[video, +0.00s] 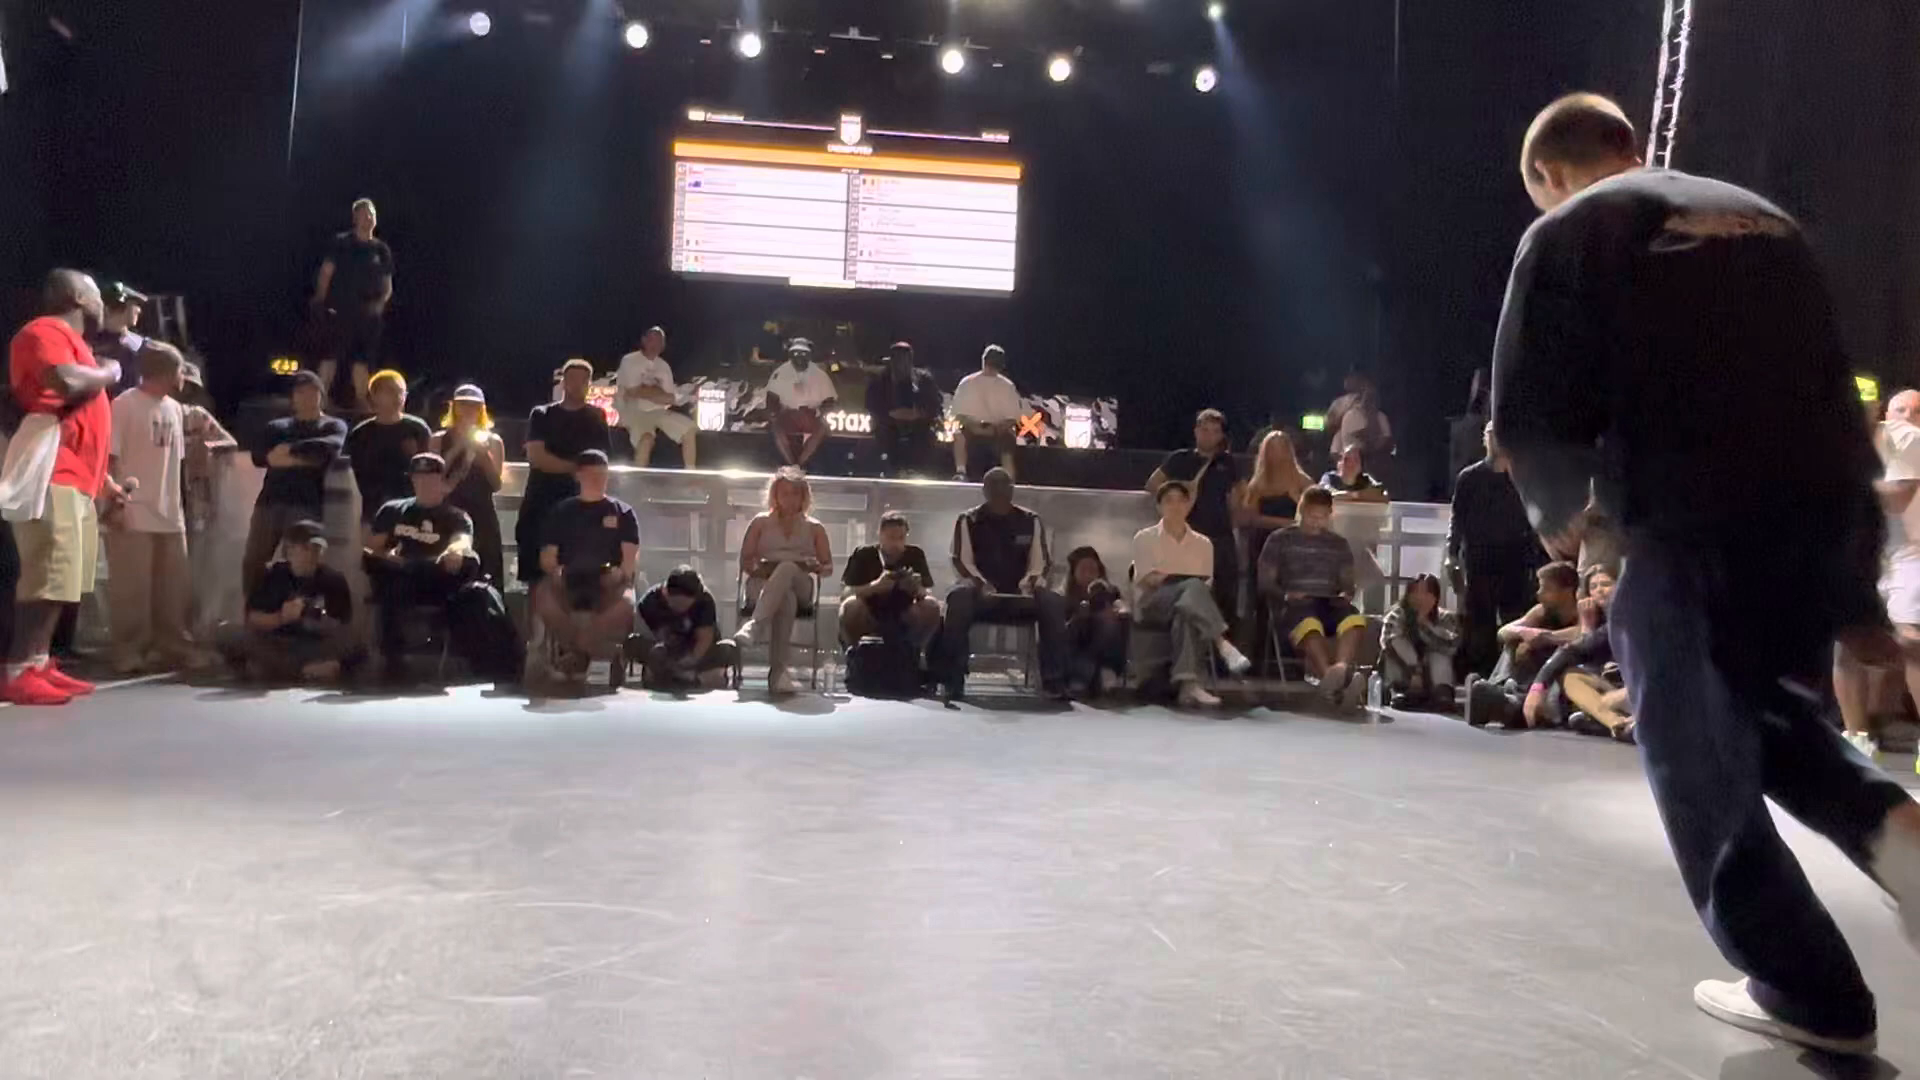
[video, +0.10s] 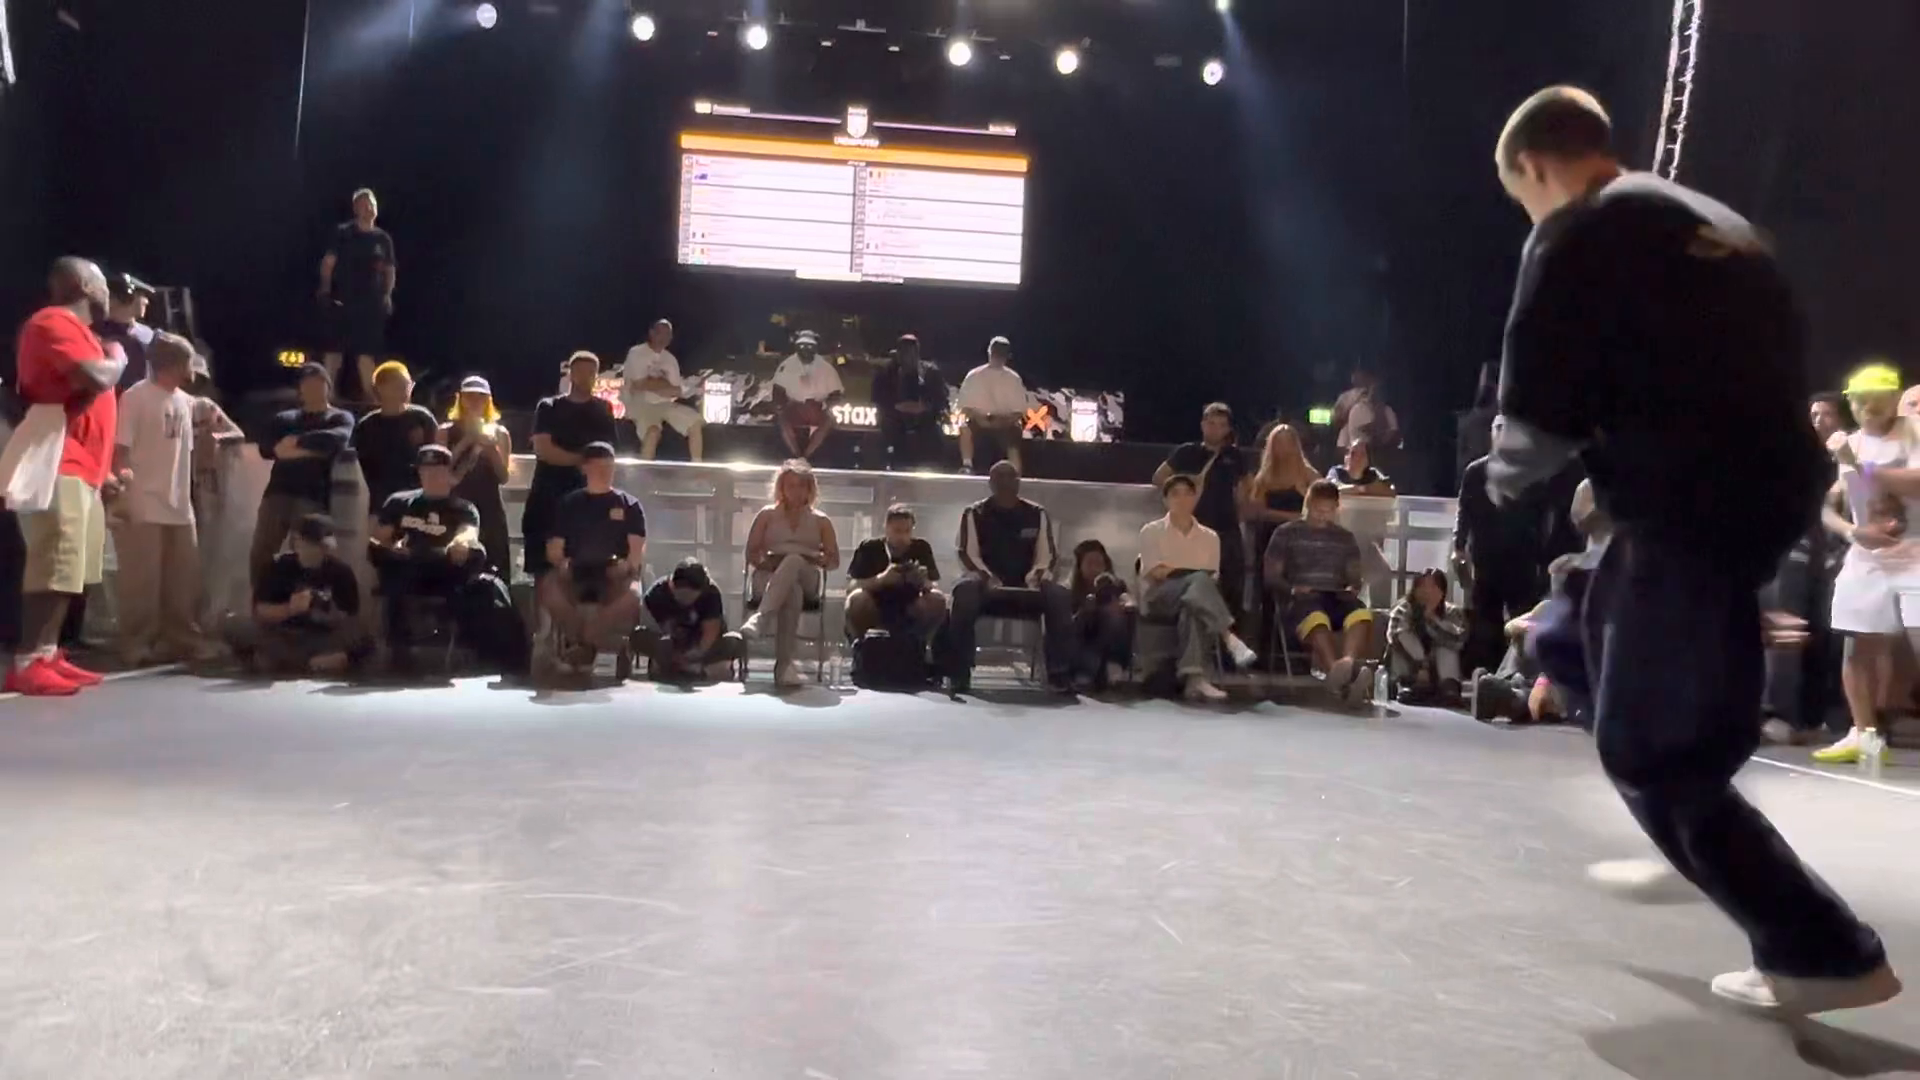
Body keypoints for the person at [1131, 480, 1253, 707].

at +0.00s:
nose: (1175, 506)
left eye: (1180, 501)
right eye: (1168, 501)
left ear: (1189, 506)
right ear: (1160, 507)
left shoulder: (1203, 544)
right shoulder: (1145, 538)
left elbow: (1204, 583)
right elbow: (1148, 581)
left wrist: (1165, 578)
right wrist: (1191, 580)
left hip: (1191, 605)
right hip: (1152, 605)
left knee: (1185, 613)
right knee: (1193, 587)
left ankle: (1190, 685)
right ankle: (1224, 645)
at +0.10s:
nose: (1181, 500)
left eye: (1186, 494)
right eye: (1175, 494)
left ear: (1195, 499)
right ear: (1166, 500)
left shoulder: (1210, 537)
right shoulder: (1152, 531)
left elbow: (1210, 577)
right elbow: (1156, 574)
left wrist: (1171, 571)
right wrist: (1200, 573)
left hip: (1198, 598)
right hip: (1159, 598)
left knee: (1192, 607)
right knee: (1199, 580)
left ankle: (1196, 679)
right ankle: (1230, 638)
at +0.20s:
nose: (1187, 493)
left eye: (1193, 487)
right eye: (1180, 487)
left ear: (1201, 493)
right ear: (1172, 494)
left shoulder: (1216, 531)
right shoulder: (1157, 525)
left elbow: (1215, 571)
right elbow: (1162, 567)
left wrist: (1176, 566)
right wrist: (1205, 568)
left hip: (1203, 594)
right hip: (1164, 594)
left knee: (1197, 603)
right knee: (1205, 573)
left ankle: (1200, 673)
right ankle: (1235, 632)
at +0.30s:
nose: (1192, 489)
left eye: (1198, 483)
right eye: (1185, 484)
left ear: (1206, 488)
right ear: (1176, 490)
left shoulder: (1220, 527)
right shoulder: (1161, 521)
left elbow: (1220, 567)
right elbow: (1166, 563)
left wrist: (1181, 561)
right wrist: (1209, 563)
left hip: (1208, 589)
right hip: (1169, 589)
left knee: (1202, 598)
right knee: (1210, 570)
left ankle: (1206, 668)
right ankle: (1240, 628)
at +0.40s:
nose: (1197, 484)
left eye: (1203, 479)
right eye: (1191, 479)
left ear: (1211, 485)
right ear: (1182, 486)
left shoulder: (1226, 522)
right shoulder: (1167, 516)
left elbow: (1226, 562)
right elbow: (1173, 558)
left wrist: (1186, 557)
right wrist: (1216, 559)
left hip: (1213, 584)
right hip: (1174, 584)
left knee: (1207, 595)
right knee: (1215, 565)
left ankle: (1211, 665)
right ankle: (1245, 624)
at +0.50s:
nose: (1203, 481)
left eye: (1208, 475)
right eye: (1196, 476)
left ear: (1216, 481)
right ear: (1188, 483)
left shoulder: (1227, 514)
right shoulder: (1173, 513)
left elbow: (1231, 556)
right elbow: (1177, 555)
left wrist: (1192, 553)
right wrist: (1221, 555)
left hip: (1218, 577)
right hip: (1178, 578)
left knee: (1212, 592)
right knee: (1221, 562)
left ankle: (1215, 661)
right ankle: (1250, 620)